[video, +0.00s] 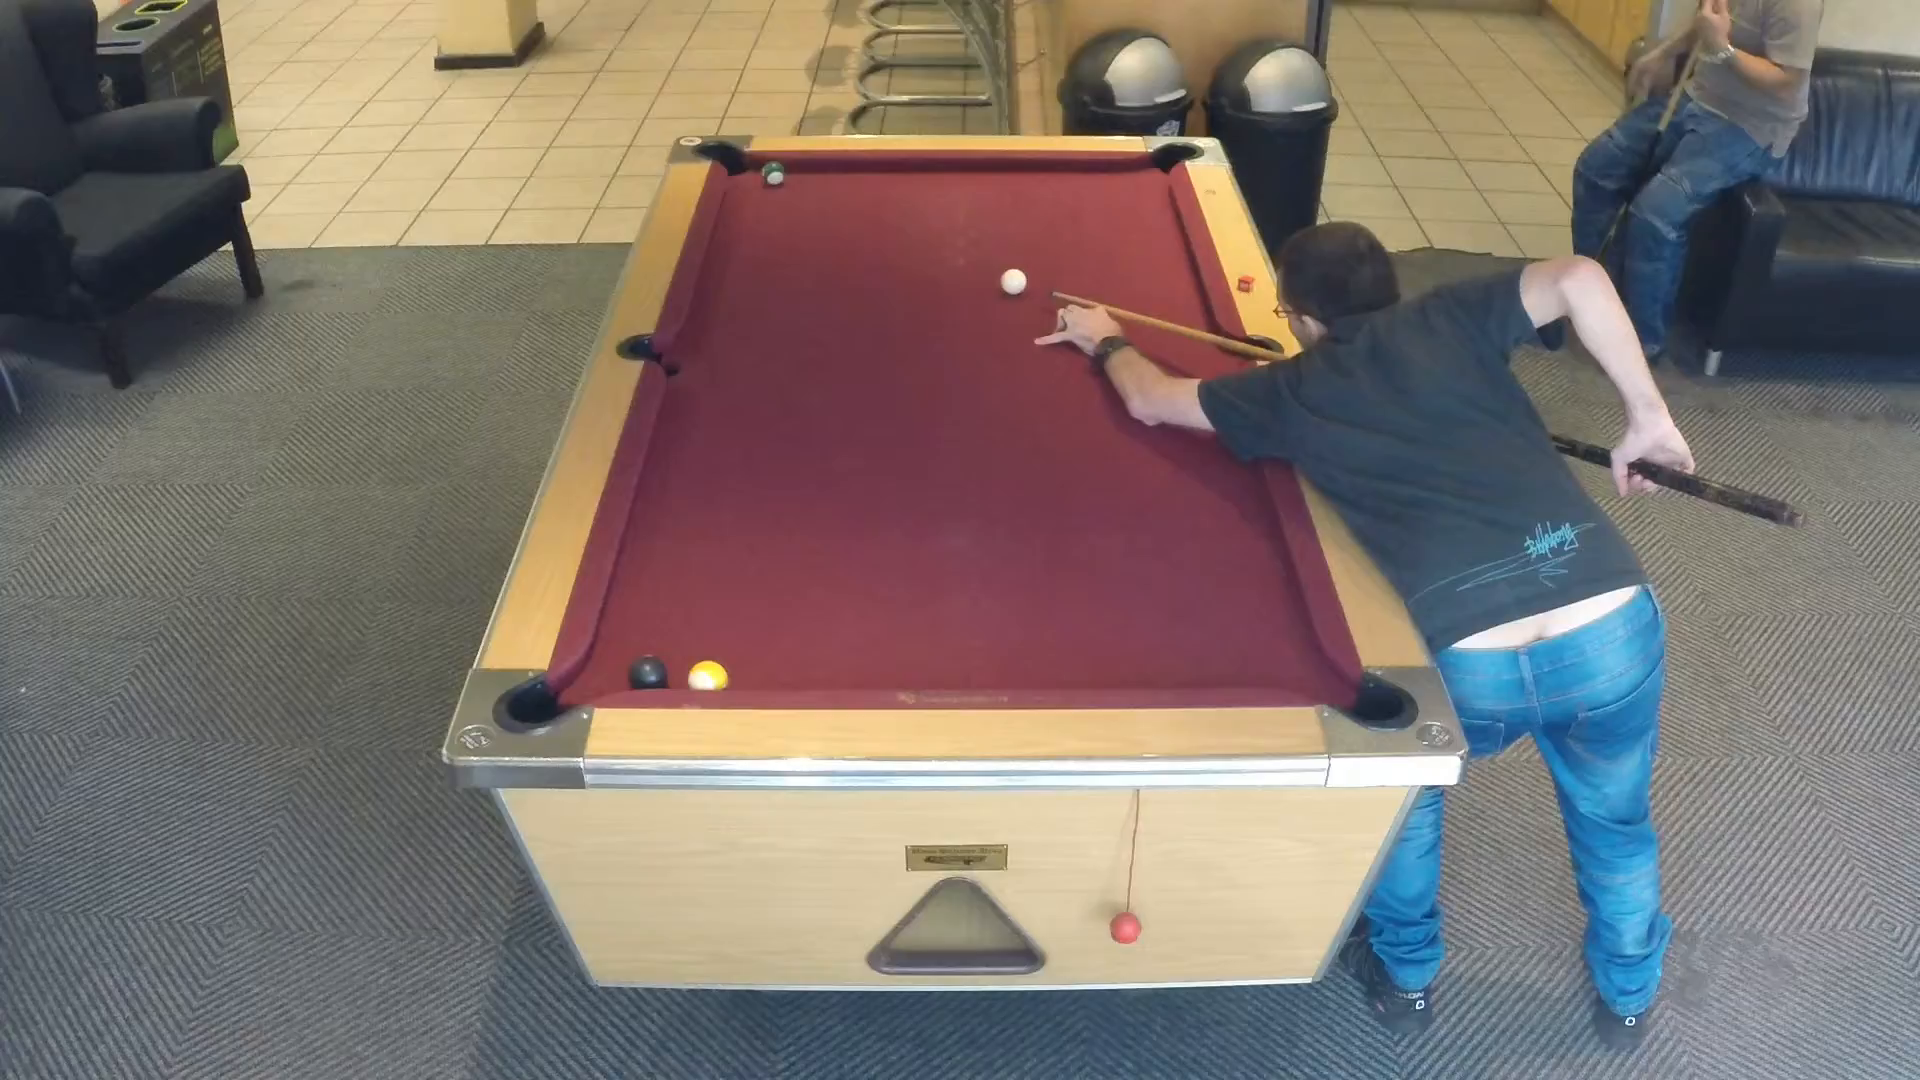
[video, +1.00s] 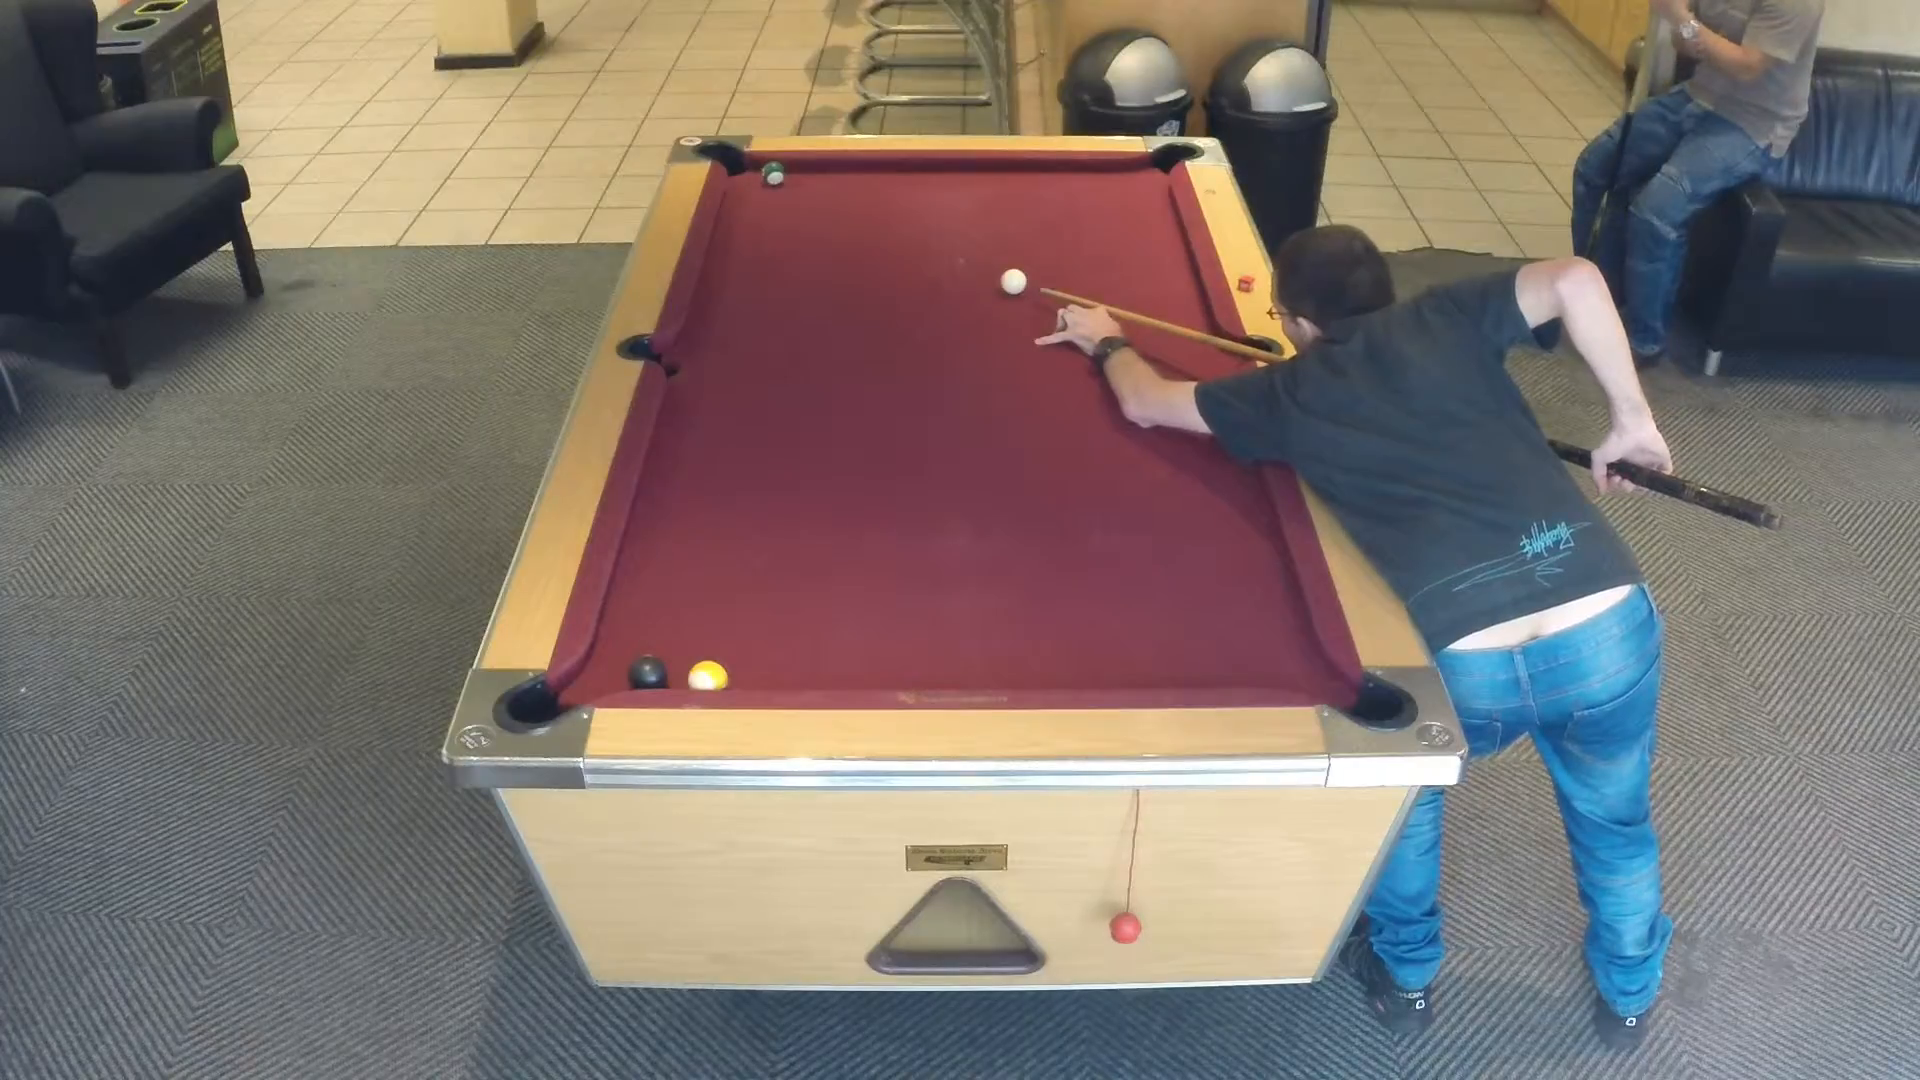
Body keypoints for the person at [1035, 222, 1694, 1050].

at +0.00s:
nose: (1286, 319)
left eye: (1288, 306)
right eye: (1286, 305)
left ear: (1307, 319)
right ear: (1391, 290)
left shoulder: (1294, 391)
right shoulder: (1458, 316)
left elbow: (1151, 396)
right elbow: (1579, 277)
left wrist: (1105, 340)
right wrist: (1650, 411)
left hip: (1469, 660)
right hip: (1611, 626)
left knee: (1404, 780)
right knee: (1618, 819)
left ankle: (1407, 972)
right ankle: (1630, 991)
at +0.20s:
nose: (1285, 320)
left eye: (1287, 307)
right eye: (1286, 306)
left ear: (1307, 320)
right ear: (1392, 291)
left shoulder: (1294, 393)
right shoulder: (1458, 317)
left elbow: (1151, 397)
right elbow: (1578, 277)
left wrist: (1104, 340)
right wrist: (1648, 412)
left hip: (1466, 662)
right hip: (1609, 627)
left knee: (1401, 776)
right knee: (1618, 820)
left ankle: (1407, 971)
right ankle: (1630, 989)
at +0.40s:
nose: (1286, 320)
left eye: (1288, 308)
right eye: (1286, 307)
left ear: (1306, 320)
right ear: (1391, 294)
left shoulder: (1292, 392)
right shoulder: (1455, 318)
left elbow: (1150, 398)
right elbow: (1578, 280)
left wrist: (1106, 340)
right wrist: (1642, 415)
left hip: (1468, 665)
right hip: (1608, 630)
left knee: (1401, 773)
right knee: (1618, 823)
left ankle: (1407, 969)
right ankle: (1630, 992)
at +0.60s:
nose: (1283, 321)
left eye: (1286, 309)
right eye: (1283, 309)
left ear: (1305, 321)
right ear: (1390, 295)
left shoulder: (1292, 392)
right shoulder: (1454, 318)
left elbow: (1150, 399)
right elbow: (1577, 279)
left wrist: (1106, 340)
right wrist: (1637, 416)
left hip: (1468, 663)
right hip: (1608, 629)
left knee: (1400, 772)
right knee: (1617, 822)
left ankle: (1406, 970)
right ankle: (1631, 991)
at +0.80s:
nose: (1283, 323)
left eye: (1285, 310)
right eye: (1283, 310)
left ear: (1302, 322)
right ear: (1387, 296)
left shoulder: (1291, 392)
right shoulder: (1453, 317)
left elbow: (1148, 400)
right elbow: (1575, 278)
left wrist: (1106, 340)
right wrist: (1636, 416)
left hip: (1468, 661)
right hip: (1608, 626)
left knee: (1401, 775)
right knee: (1617, 823)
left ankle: (1406, 971)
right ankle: (1631, 992)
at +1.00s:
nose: (1281, 323)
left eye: (1284, 311)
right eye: (1281, 311)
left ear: (1301, 322)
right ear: (1387, 295)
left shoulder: (1289, 392)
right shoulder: (1451, 317)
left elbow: (1147, 400)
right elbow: (1574, 278)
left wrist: (1106, 340)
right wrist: (1635, 415)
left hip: (1468, 660)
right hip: (1607, 625)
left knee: (1401, 775)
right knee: (1617, 822)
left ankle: (1406, 971)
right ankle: (1631, 992)